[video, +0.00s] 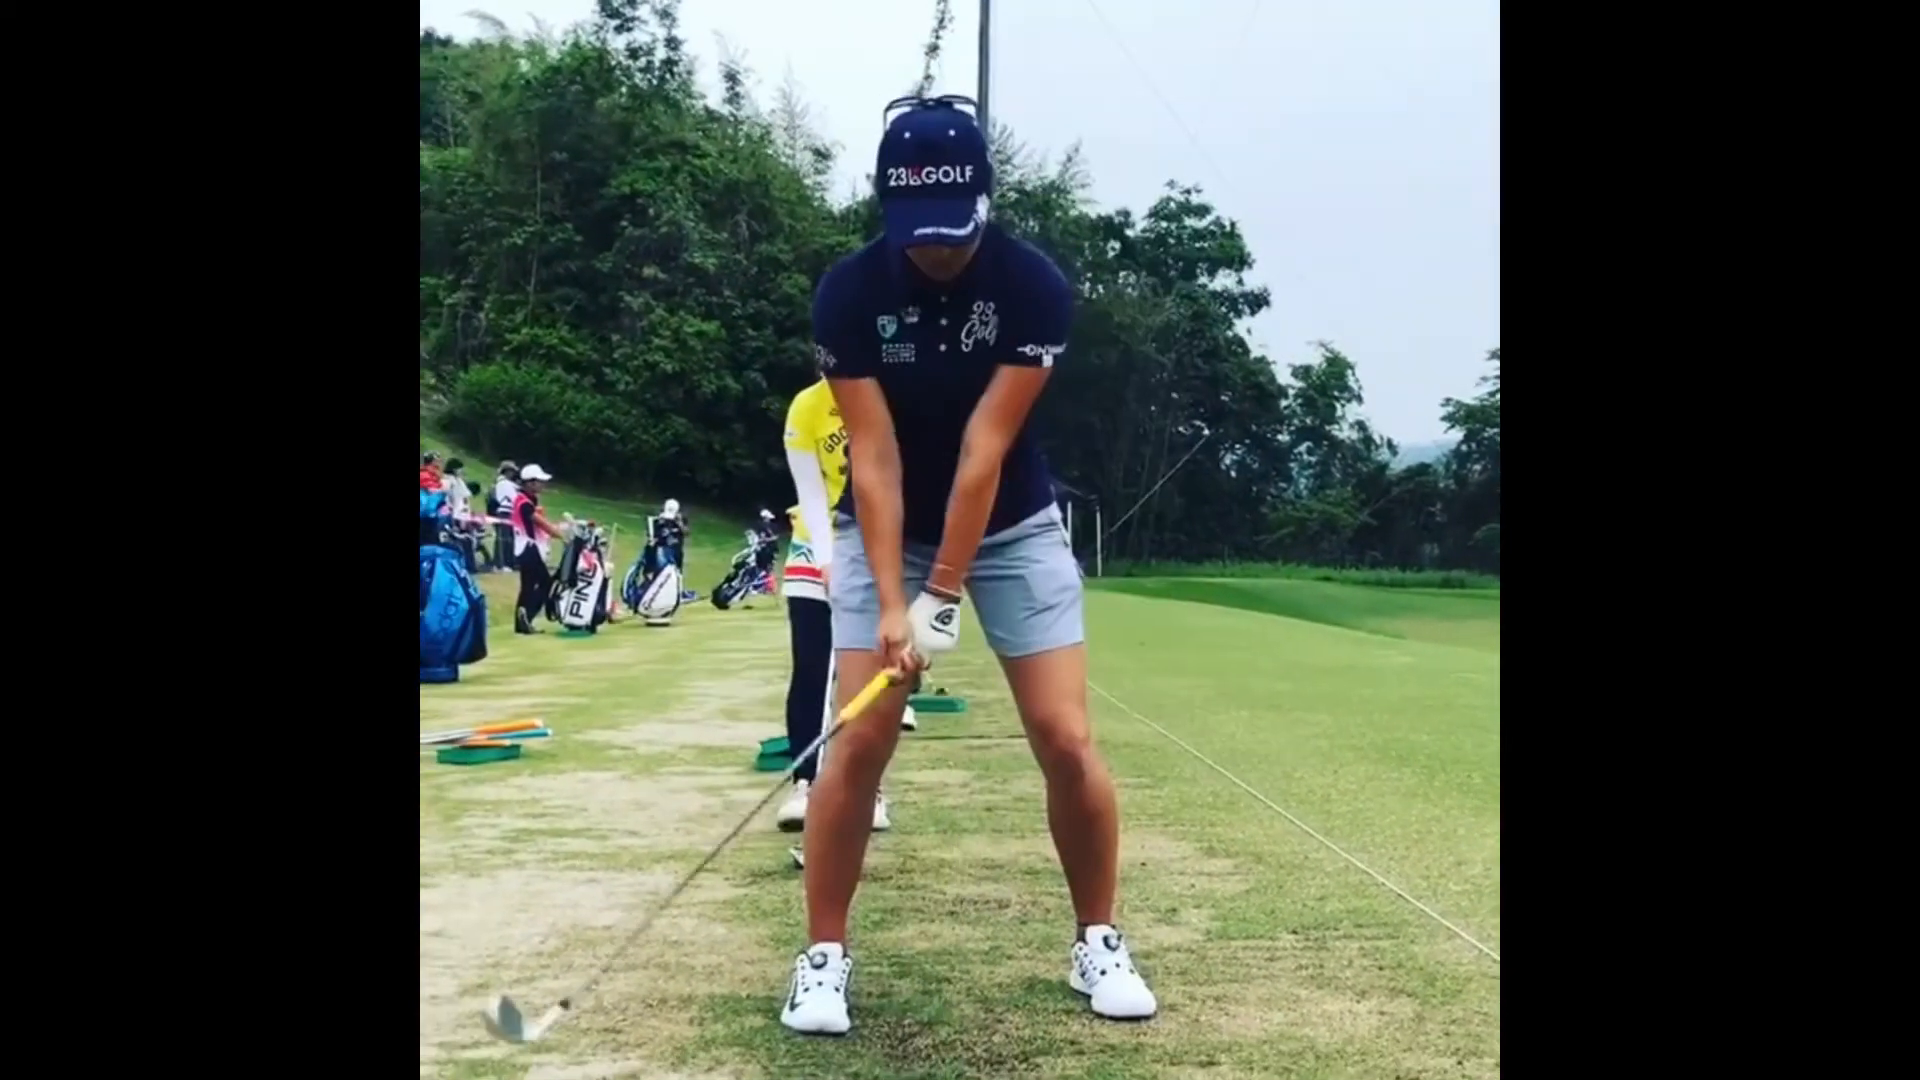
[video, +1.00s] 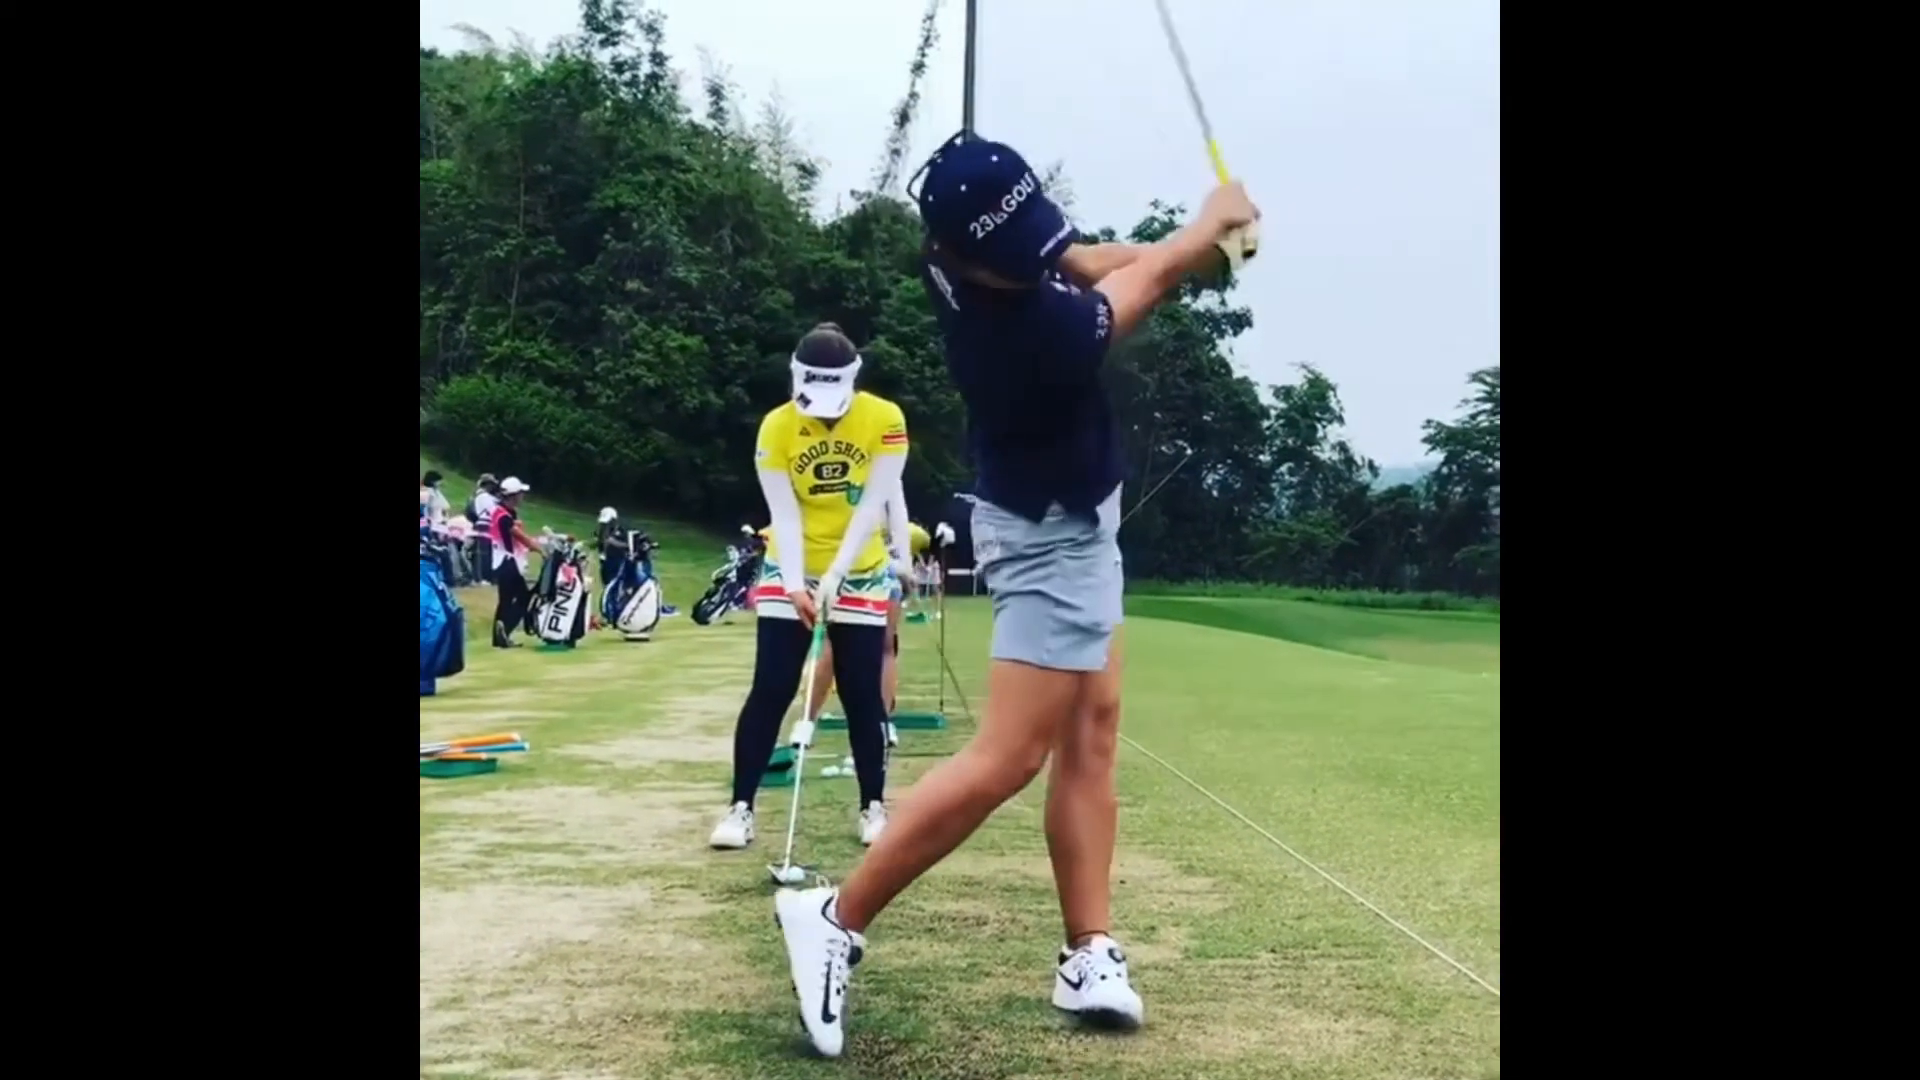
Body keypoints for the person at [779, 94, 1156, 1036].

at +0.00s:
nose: (939, 243)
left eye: (956, 223)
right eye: (921, 225)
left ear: (984, 199)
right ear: (890, 203)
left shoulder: (1035, 289)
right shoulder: (847, 294)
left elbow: (984, 453)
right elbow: (872, 453)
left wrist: (944, 591)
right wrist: (889, 596)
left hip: (1014, 529)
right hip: (889, 533)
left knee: (1066, 740)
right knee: (856, 746)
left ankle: (1100, 941)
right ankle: (824, 954)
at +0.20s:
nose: (945, 253)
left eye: (962, 234)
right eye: (928, 234)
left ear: (991, 213)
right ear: (899, 209)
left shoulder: (1003, 321)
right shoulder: (866, 265)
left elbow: (847, 440)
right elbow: (800, 390)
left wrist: (736, 527)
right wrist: (706, 497)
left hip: (1017, 540)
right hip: (893, 540)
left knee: (1068, 754)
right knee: (864, 740)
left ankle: (1103, 946)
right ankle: (828, 958)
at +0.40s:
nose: (931, 253)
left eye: (953, 235)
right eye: (916, 232)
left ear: (990, 219)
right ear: (893, 211)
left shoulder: (978, 314)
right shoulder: (895, 264)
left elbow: (810, 316)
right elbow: (812, 305)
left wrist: (692, 257)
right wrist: (709, 250)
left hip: (1016, 550)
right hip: (895, 543)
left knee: (1062, 769)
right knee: (870, 736)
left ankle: (1103, 949)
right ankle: (829, 960)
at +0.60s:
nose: (939, 259)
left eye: (958, 239)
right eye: (921, 241)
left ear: (999, 216)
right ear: (896, 222)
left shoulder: (992, 313)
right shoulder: (909, 284)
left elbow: (828, 255)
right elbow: (848, 306)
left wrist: (774, 177)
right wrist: (811, 191)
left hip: (1025, 555)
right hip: (908, 548)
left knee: (1062, 775)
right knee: (870, 745)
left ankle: (1099, 952)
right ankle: (825, 961)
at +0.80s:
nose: (984, 277)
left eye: (987, 254)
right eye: (961, 270)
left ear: (995, 216)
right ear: (914, 261)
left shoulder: (1057, 254)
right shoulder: (894, 327)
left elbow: (1063, 415)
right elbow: (931, 474)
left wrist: (1042, 550)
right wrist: (988, 567)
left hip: (1084, 526)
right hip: (974, 542)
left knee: (1117, 724)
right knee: (949, 750)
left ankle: (1108, 953)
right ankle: (829, 958)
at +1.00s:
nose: (1037, 248)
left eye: (1035, 230)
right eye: (1015, 242)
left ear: (972, 239)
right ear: (965, 254)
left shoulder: (973, 258)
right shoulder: (1037, 325)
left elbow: (1089, 263)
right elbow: (1133, 291)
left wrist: (1195, 252)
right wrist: (1205, 230)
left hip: (1069, 526)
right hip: (1050, 540)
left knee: (1092, 726)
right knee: (1002, 759)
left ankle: (1088, 952)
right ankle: (834, 920)